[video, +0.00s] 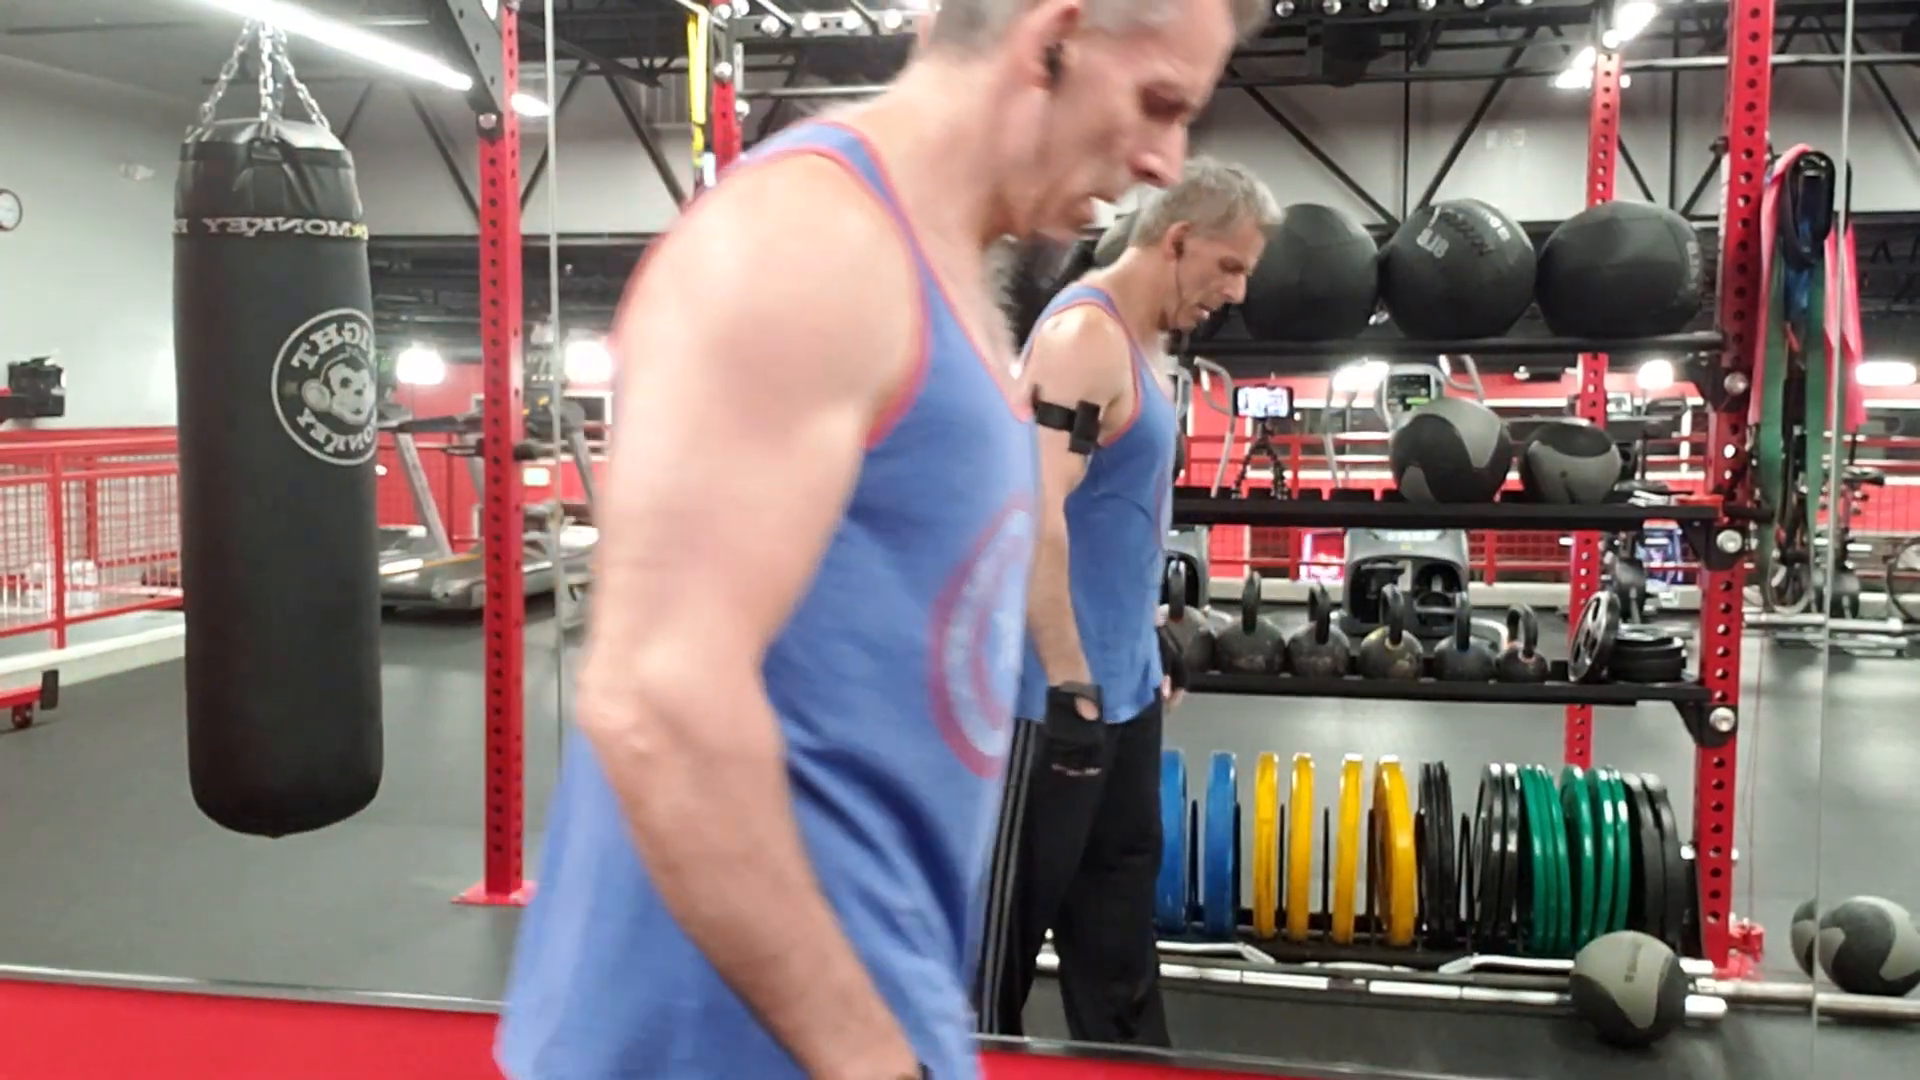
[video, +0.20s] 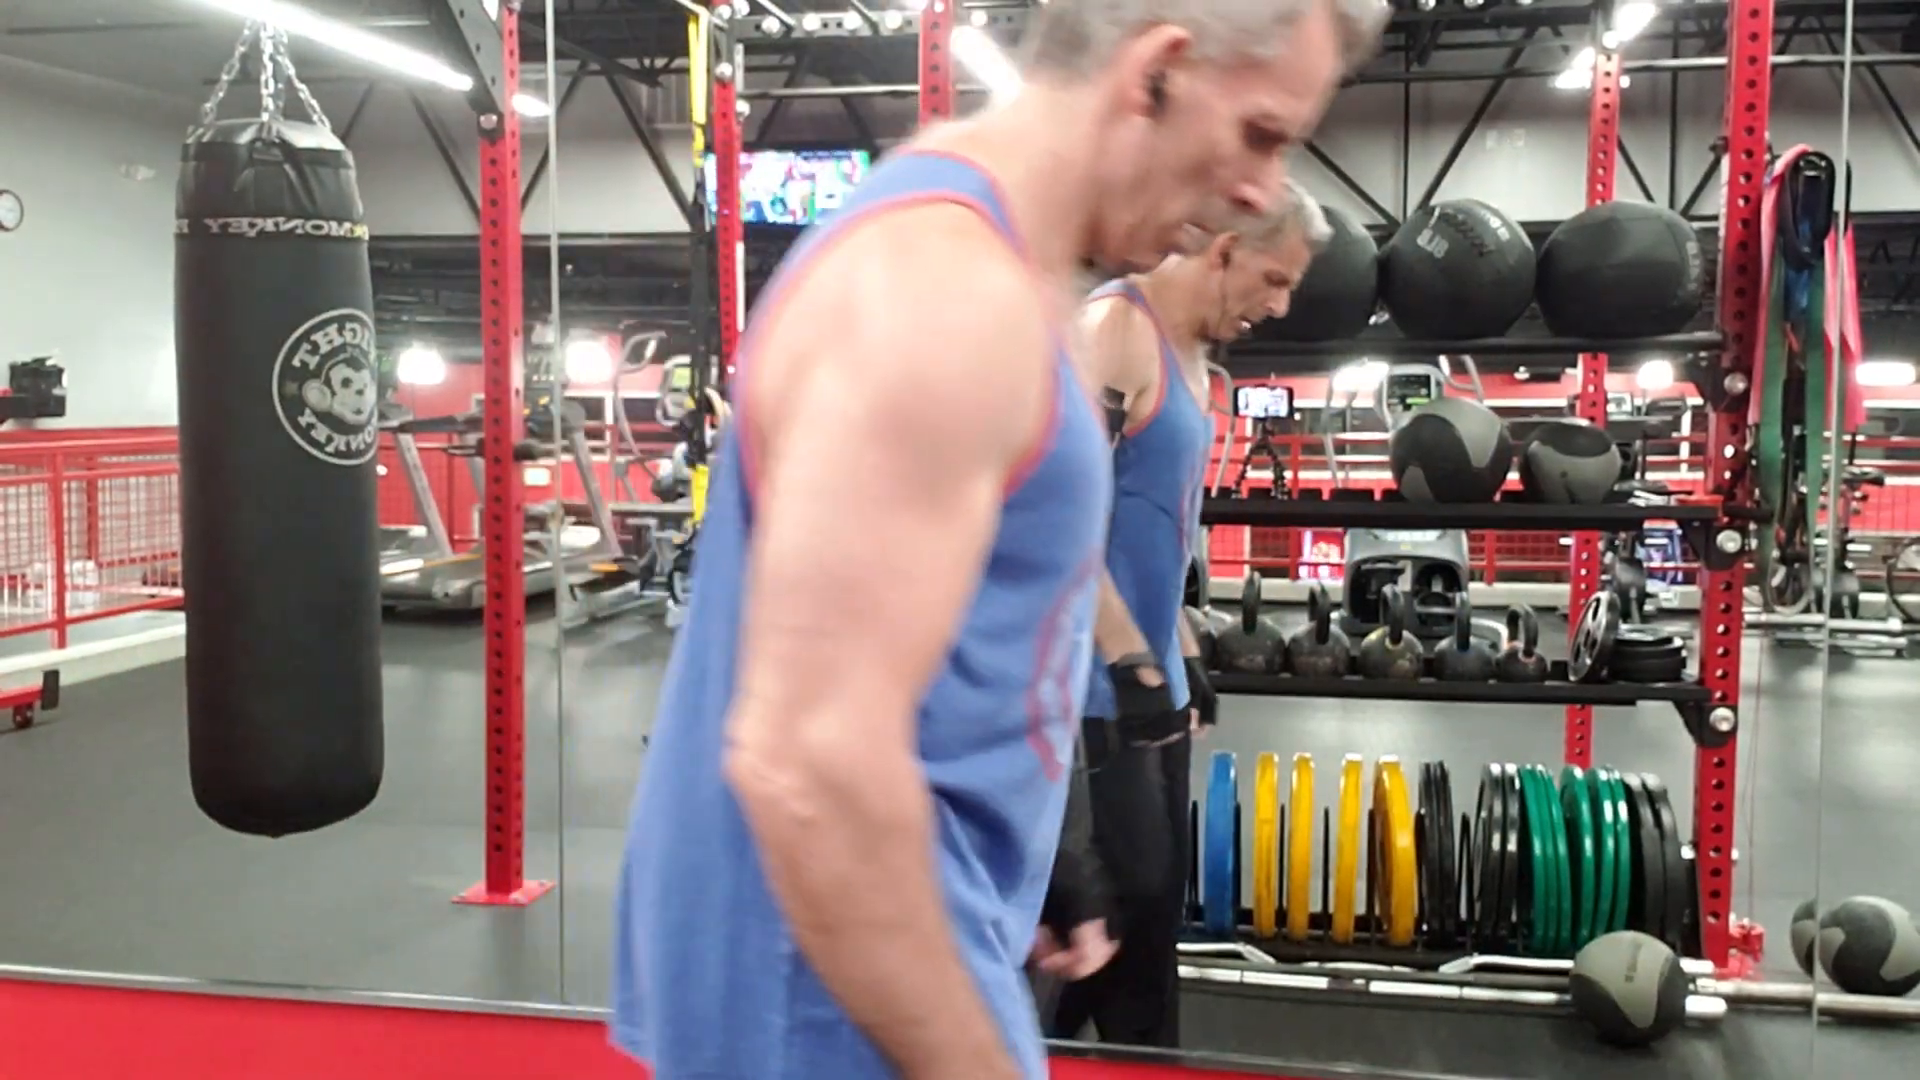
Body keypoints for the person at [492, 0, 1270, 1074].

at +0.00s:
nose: (1167, 162)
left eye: (1184, 121)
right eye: (1158, 102)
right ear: (1050, 41)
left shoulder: (947, 264)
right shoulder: (799, 233)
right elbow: (657, 694)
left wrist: (916, 1025)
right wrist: (868, 1055)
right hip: (730, 1038)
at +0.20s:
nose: (1258, 194)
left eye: (1283, 152)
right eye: (1262, 136)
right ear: (1157, 70)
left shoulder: (987, 268)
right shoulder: (938, 293)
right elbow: (809, 755)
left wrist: (1016, 879)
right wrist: (978, 1059)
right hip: (829, 1034)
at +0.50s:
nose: (1400, 268)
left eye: (1419, 227)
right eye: (1396, 209)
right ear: (1294, 144)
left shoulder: (1156, 319)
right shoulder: (1080, 341)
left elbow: (1057, 630)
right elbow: (936, 779)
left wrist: (1107, 835)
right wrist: (1088, 1059)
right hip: (854, 991)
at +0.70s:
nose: (1454, 379)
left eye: (1475, 343)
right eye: (1456, 328)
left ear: (1359, 255)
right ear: (1364, 254)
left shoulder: (1217, 379)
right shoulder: (1139, 402)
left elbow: (1099, 715)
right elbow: (972, 807)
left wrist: (1162, 929)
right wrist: (1080, 1058)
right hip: (872, 955)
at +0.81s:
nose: (1493, 478)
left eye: (1516, 444)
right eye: (1498, 428)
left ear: (1400, 351)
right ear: (1410, 354)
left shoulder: (1206, 402)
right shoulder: (1184, 467)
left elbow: (1143, 775)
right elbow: (1013, 863)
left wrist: (1207, 1010)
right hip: (859, 903)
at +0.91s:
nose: (1515, 587)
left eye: (1541, 561)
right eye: (1527, 547)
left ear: (1444, 454)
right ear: (1451, 468)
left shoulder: (1249, 473)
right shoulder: (1228, 560)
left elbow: (1187, 812)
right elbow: (1060, 939)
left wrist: (1243, 1055)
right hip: (847, 905)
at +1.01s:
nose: (1522, 719)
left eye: (1552, 699)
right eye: (1544, 686)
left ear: (1477, 576)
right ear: (1479, 597)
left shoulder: (1282, 497)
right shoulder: (1256, 677)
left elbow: (1225, 854)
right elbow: (1104, 1048)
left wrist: (1264, 1061)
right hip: (842, 933)